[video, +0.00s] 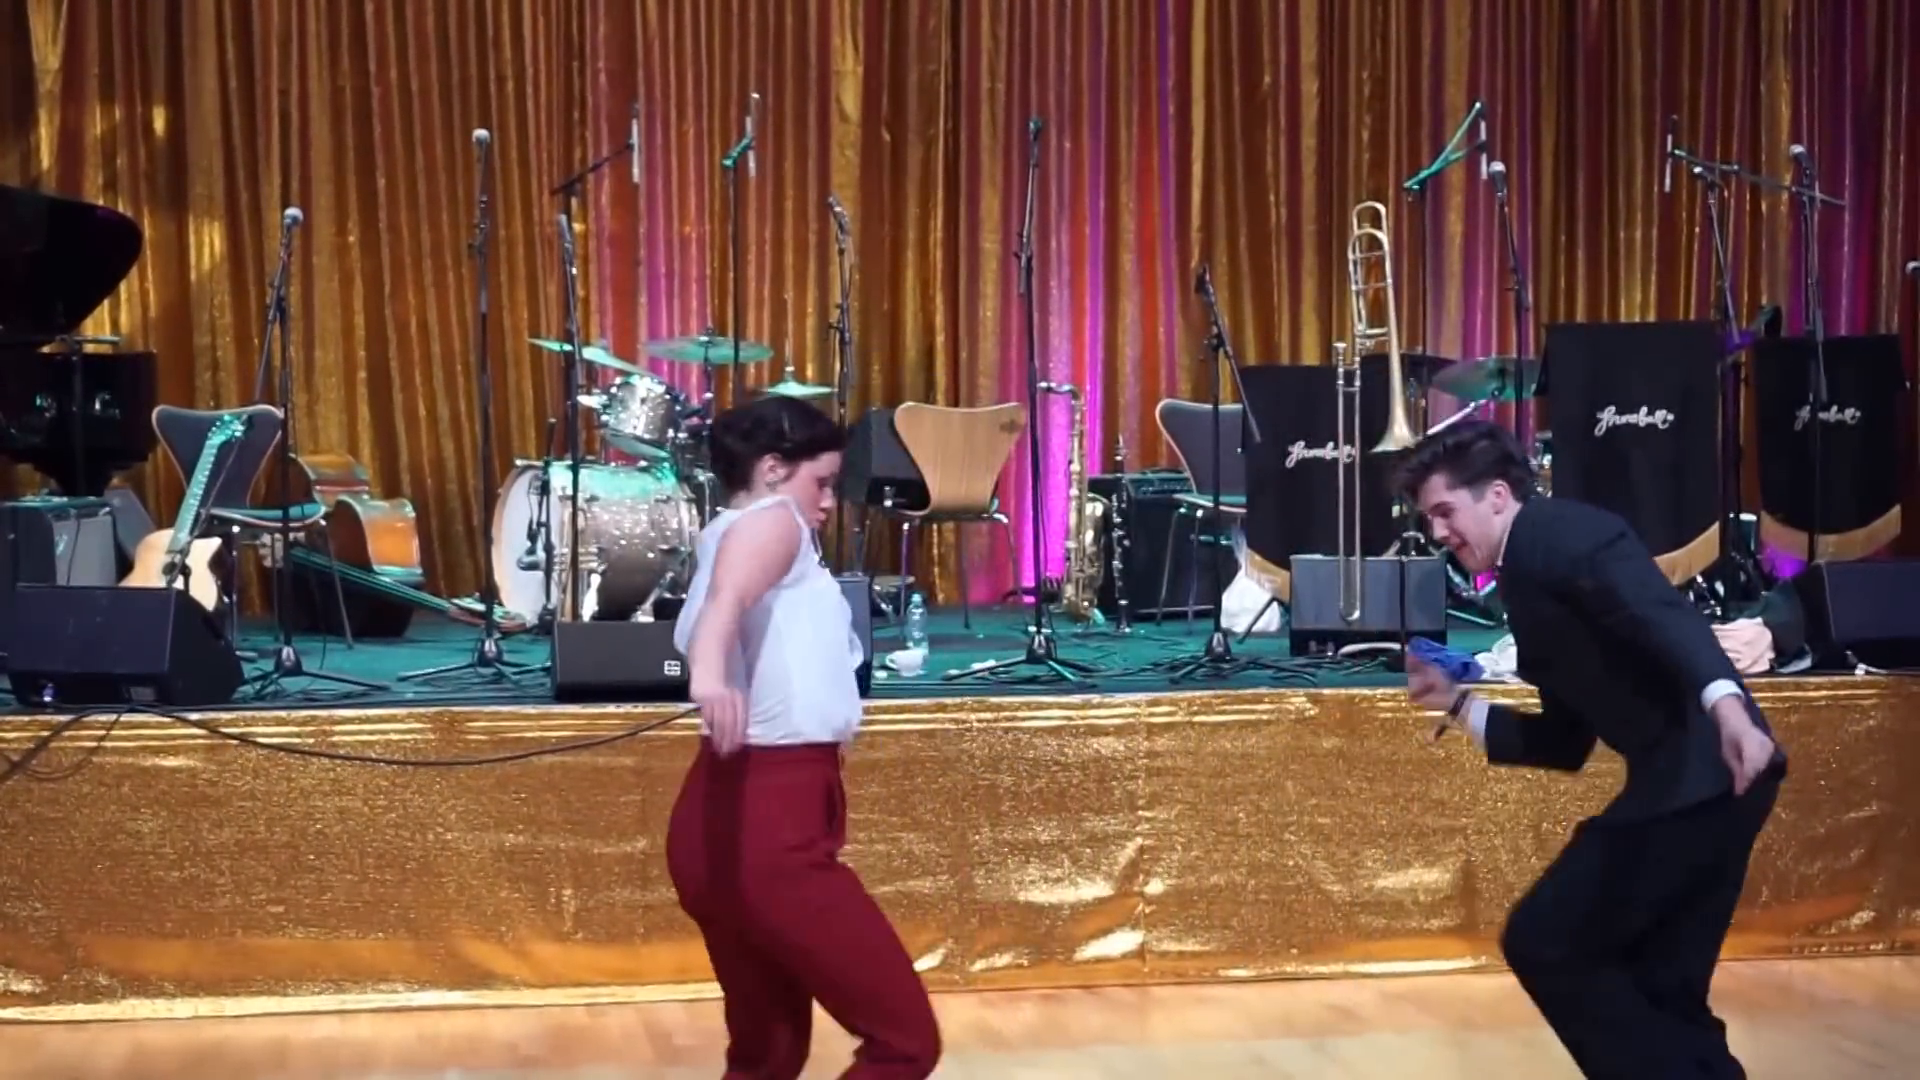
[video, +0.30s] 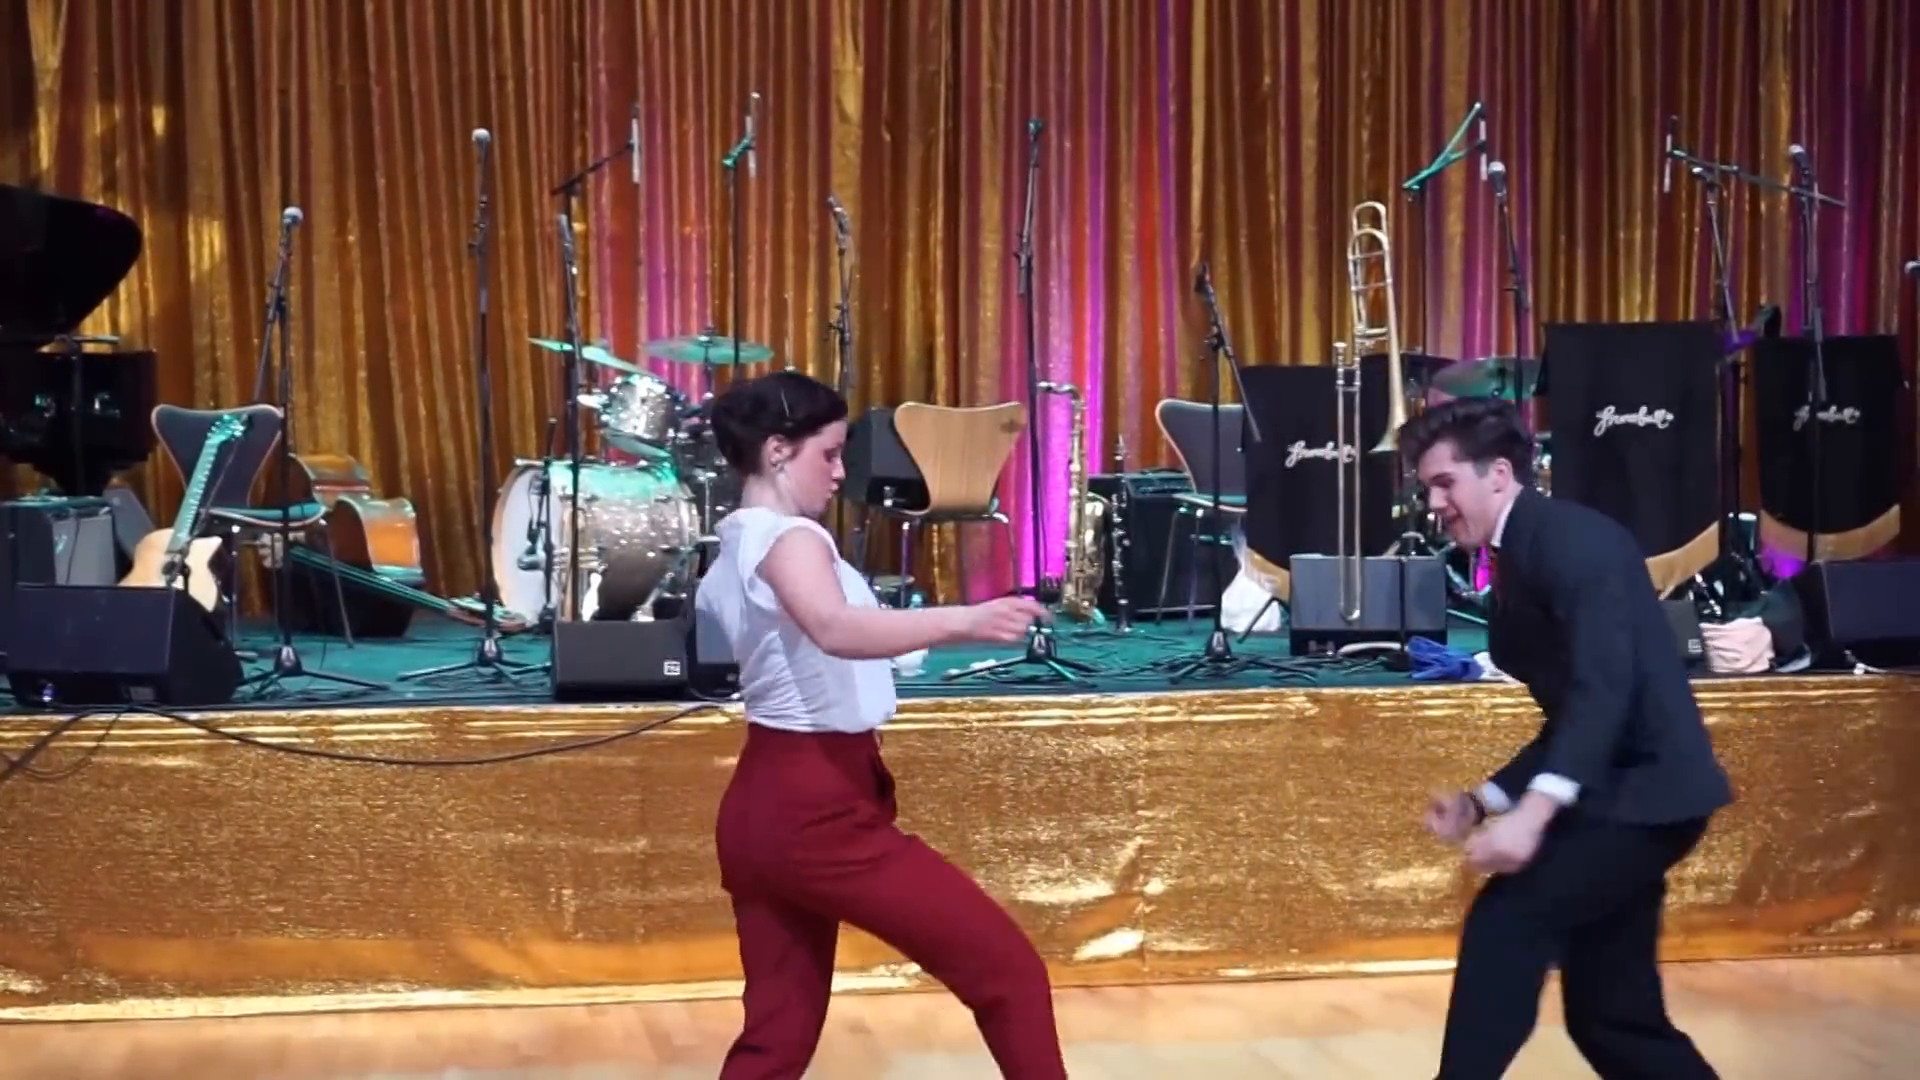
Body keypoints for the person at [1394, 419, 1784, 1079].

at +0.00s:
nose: (1438, 534)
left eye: (1445, 511)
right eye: (1429, 521)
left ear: (1500, 495)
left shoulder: (1557, 531)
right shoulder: (1532, 583)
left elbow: (1658, 609)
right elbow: (1564, 745)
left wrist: (1726, 703)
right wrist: (1455, 701)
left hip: (1701, 761)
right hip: (1704, 768)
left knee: (1545, 941)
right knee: (1664, 986)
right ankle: (1710, 1071)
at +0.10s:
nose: (1447, 548)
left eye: (1453, 524)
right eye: (1438, 535)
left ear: (1507, 508)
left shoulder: (1558, 540)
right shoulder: (1545, 605)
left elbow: (1654, 615)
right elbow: (1563, 770)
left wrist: (1713, 709)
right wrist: (1454, 763)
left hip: (1707, 772)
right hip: (1697, 779)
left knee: (1527, 924)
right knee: (1650, 996)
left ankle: (1543, 1070)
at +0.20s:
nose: (1440, 530)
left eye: (1448, 508)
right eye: (1433, 516)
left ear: (1503, 493)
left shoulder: (1556, 532)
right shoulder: (1540, 584)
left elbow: (1629, 624)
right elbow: (1592, 746)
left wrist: (1640, 758)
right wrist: (1469, 773)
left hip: (1684, 782)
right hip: (1677, 791)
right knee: (1647, 1011)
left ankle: (1451, 1078)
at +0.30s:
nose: (1434, 503)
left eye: (1445, 483)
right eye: (1427, 489)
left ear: (1499, 476)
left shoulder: (1572, 541)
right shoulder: (1518, 562)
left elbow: (1604, 695)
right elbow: (1577, 716)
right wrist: (1483, 800)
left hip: (1651, 794)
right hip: (1608, 793)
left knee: (1505, 924)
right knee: (1613, 1019)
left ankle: (1464, 1073)